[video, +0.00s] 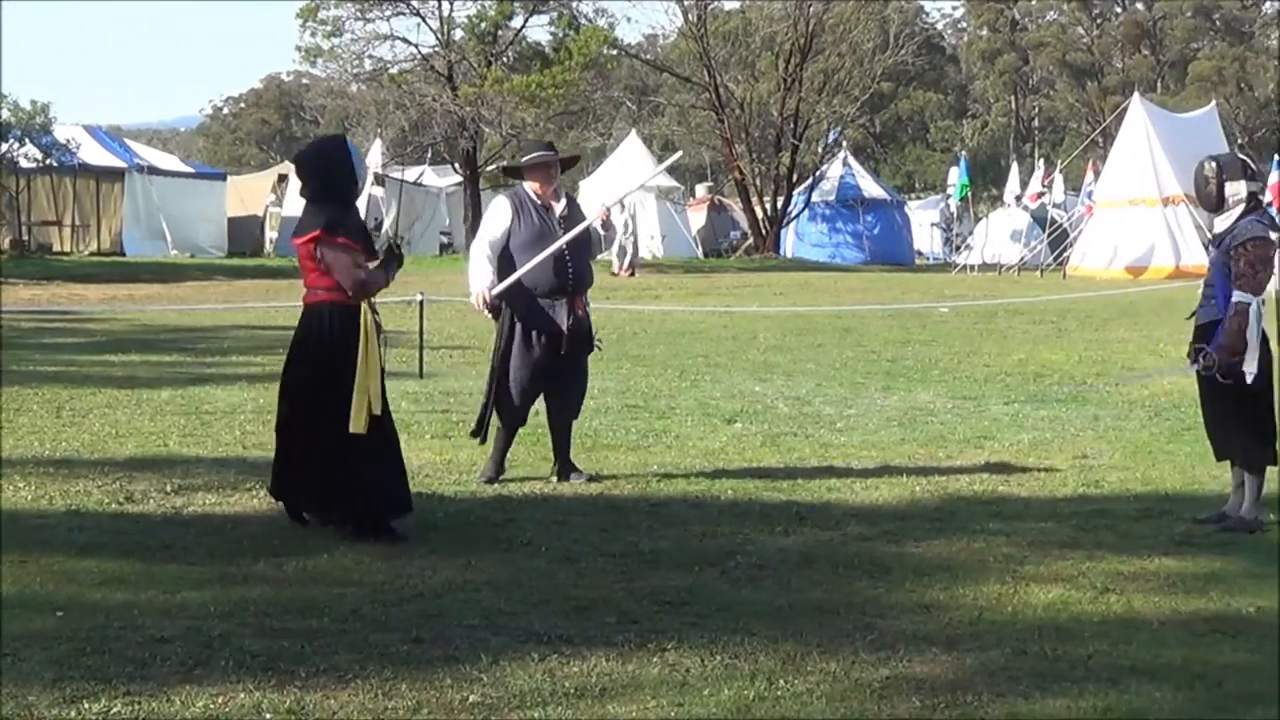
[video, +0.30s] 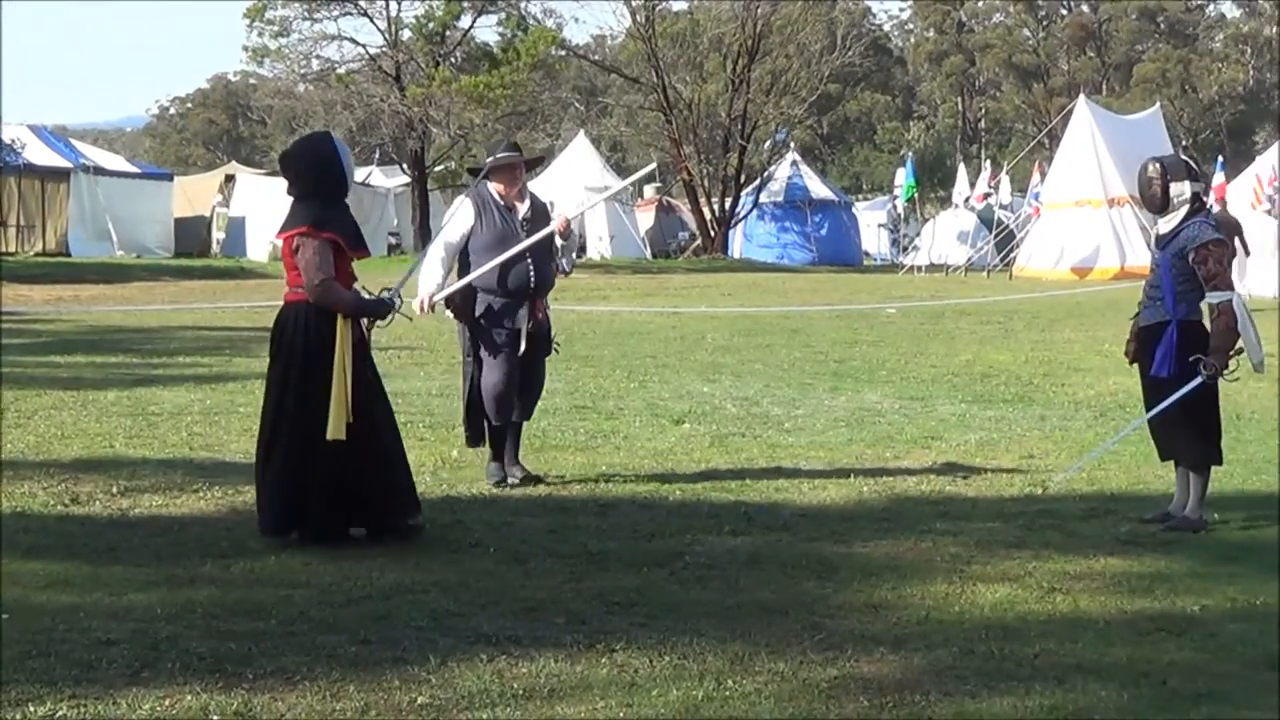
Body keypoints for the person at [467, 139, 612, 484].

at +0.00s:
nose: (548, 173)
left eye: (552, 167)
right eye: (540, 168)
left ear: (560, 169)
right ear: (525, 173)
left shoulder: (569, 203)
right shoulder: (508, 205)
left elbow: (590, 250)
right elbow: (483, 247)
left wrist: (600, 228)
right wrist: (481, 283)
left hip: (571, 307)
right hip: (527, 307)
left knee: (565, 390)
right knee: (518, 389)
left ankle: (564, 464)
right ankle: (495, 461)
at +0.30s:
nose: (508, 175)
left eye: (513, 168)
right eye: (500, 170)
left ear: (524, 170)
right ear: (489, 174)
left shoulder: (538, 207)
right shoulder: (471, 205)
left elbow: (560, 258)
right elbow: (443, 247)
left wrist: (565, 236)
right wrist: (428, 285)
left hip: (533, 306)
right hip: (491, 307)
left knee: (529, 383)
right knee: (497, 383)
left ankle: (512, 460)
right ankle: (496, 460)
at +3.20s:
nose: (509, 177)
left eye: (516, 169)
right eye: (501, 171)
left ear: (527, 171)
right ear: (488, 175)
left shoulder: (543, 212)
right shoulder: (466, 209)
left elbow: (568, 258)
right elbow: (434, 253)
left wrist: (582, 265)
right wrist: (422, 286)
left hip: (531, 323)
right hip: (480, 324)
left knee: (539, 405)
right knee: (480, 408)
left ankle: (555, 484)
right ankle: (474, 484)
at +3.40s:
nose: (530, 184)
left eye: (537, 176)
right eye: (521, 178)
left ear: (547, 176)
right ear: (507, 179)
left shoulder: (563, 214)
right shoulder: (486, 208)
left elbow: (595, 266)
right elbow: (450, 252)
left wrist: (590, 268)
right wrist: (428, 292)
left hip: (547, 326)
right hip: (495, 324)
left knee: (550, 408)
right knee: (489, 409)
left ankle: (556, 484)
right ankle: (475, 482)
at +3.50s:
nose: (538, 182)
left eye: (544, 174)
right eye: (530, 176)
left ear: (556, 174)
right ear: (517, 177)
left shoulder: (573, 214)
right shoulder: (495, 206)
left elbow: (603, 261)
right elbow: (459, 251)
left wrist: (589, 271)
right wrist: (429, 292)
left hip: (552, 325)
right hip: (499, 323)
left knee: (553, 408)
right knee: (490, 408)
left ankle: (556, 484)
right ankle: (475, 482)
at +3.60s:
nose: (541, 180)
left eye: (548, 172)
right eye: (533, 174)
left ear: (560, 173)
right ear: (521, 175)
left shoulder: (576, 212)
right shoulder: (499, 205)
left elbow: (604, 259)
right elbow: (463, 251)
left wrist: (583, 272)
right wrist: (428, 290)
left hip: (554, 326)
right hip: (502, 323)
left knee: (553, 407)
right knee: (494, 407)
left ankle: (556, 483)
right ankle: (477, 481)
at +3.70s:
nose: (543, 181)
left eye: (550, 173)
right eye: (535, 174)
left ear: (562, 173)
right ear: (522, 175)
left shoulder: (579, 214)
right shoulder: (501, 204)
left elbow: (602, 263)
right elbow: (464, 250)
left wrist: (573, 273)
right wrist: (424, 287)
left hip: (555, 325)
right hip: (503, 321)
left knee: (553, 407)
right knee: (496, 404)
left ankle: (556, 484)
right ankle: (484, 479)